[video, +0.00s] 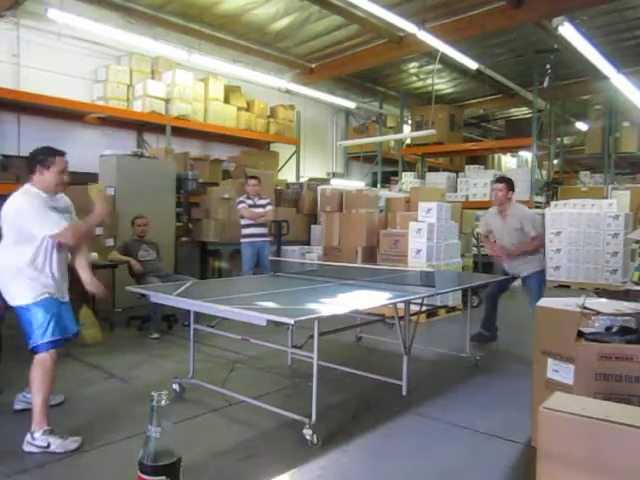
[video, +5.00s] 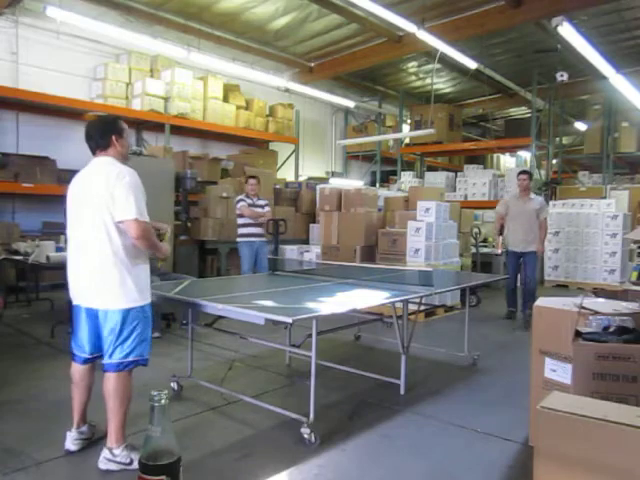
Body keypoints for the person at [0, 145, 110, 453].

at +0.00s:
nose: (66, 177)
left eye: (66, 171)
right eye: (61, 171)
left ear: (49, 171)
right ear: (40, 171)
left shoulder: (62, 202)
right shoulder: (23, 203)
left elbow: (79, 241)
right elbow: (70, 236)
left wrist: (86, 275)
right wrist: (97, 215)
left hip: (53, 285)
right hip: (27, 287)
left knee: (59, 337)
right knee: (47, 349)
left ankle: (32, 393)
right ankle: (39, 431)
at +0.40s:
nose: (73, 167)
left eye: (73, 161)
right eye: (70, 160)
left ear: (54, 162)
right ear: (53, 161)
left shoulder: (54, 196)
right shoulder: (30, 191)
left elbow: (56, 249)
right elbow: (25, 237)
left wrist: (74, 282)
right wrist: (65, 251)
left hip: (37, 288)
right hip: (21, 289)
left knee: (32, 346)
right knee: (28, 352)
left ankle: (26, 396)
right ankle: (28, 430)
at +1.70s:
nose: (101, 142)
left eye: (98, 137)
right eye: (96, 137)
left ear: (76, 145)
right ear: (84, 143)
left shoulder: (78, 173)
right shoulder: (75, 173)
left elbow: (88, 230)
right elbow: (76, 223)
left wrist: (116, 255)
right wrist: (94, 270)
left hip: (75, 282)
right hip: (71, 283)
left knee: (79, 353)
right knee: (81, 354)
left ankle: (65, 418)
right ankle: (53, 433)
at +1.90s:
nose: (112, 140)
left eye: (109, 136)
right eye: (107, 136)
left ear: (89, 144)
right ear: (94, 142)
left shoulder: (96, 172)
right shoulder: (82, 168)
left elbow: (95, 226)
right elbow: (71, 216)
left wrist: (121, 260)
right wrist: (108, 258)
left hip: (80, 283)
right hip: (86, 286)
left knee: (71, 352)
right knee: (94, 362)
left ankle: (65, 418)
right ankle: (106, 442)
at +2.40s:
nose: (144, 142)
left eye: (141, 136)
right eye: (140, 136)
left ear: (113, 141)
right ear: (126, 141)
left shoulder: (102, 170)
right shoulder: (114, 175)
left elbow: (114, 233)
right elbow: (124, 234)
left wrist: (154, 273)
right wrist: (159, 275)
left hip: (110, 286)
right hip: (121, 289)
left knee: (118, 355)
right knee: (118, 365)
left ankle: (95, 402)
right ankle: (115, 446)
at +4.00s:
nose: (147, 144)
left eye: (145, 137)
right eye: (145, 138)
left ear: (110, 141)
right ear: (135, 139)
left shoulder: (90, 176)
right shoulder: (139, 177)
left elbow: (76, 228)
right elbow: (155, 236)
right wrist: (173, 252)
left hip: (96, 289)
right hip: (132, 293)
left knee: (93, 356)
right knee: (122, 366)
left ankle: (80, 427)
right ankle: (116, 445)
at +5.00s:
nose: (128, 144)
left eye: (126, 137)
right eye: (125, 137)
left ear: (95, 144)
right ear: (115, 140)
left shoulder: (79, 179)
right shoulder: (123, 176)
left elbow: (93, 226)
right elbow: (137, 231)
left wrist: (146, 225)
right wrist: (159, 249)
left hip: (84, 290)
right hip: (120, 293)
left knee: (82, 358)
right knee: (119, 367)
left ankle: (77, 429)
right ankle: (115, 448)